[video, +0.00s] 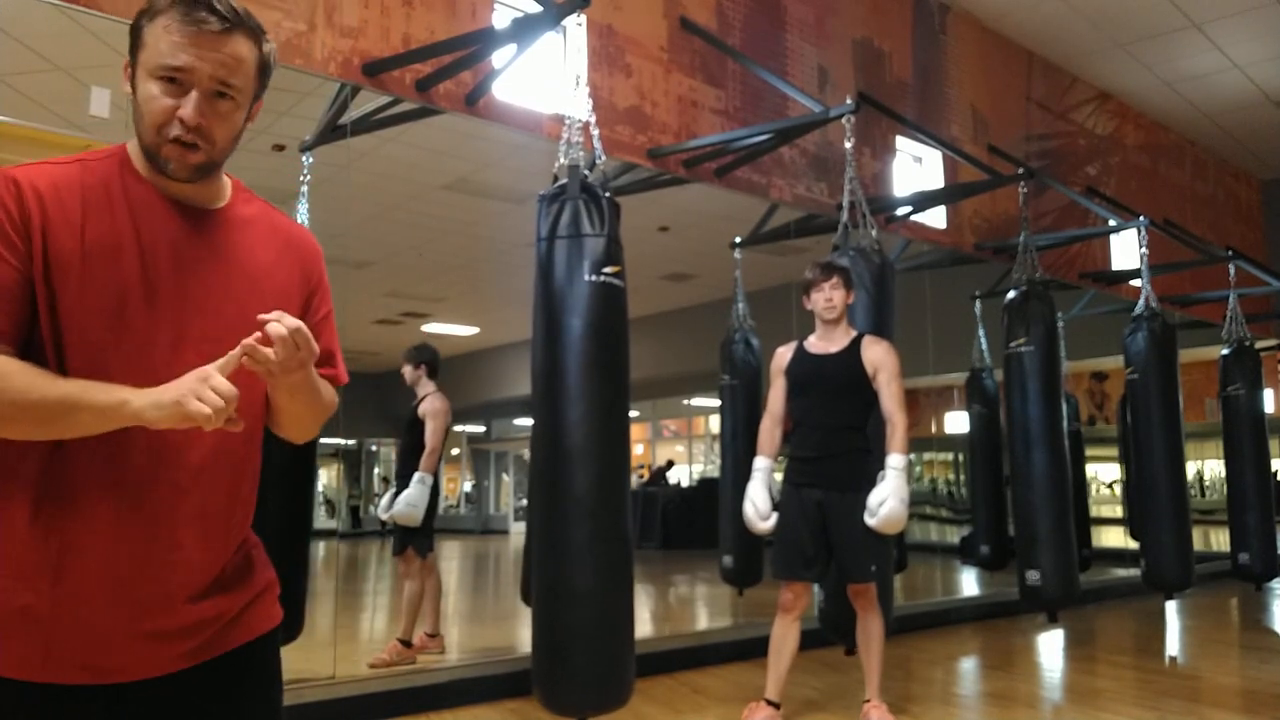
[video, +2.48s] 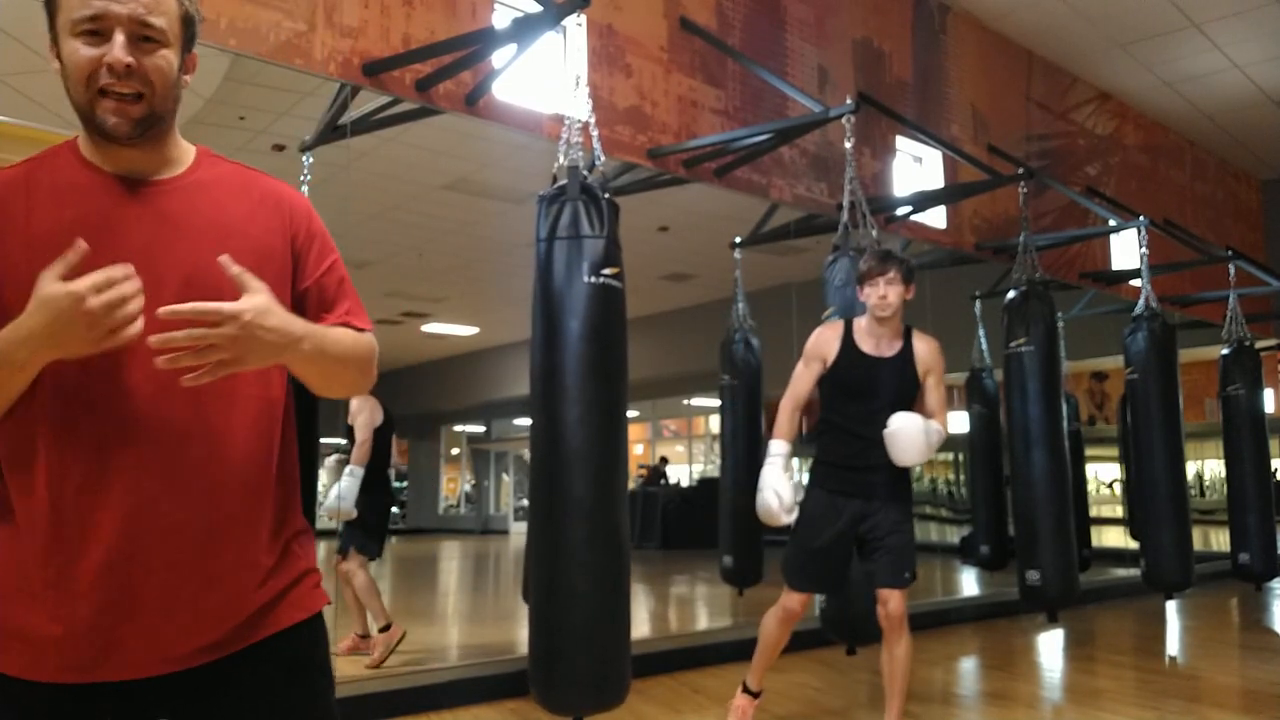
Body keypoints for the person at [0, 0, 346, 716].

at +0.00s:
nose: (189, 114)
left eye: (221, 95)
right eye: (171, 83)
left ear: (251, 111)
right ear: (130, 80)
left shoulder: (289, 251)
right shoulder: (25, 204)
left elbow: (302, 428)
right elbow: (1, 381)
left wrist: (295, 377)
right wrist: (138, 404)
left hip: (219, 648)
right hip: (40, 651)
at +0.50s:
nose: (197, 103)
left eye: (224, 85)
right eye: (176, 73)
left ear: (250, 106)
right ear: (131, 77)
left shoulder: (292, 243)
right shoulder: (30, 208)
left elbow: (339, 410)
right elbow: (2, 380)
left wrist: (316, 374)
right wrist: (143, 404)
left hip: (235, 648)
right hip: (50, 651)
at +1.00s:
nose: (256, 113)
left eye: (286, 97)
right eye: (238, 83)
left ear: (314, 118)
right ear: (198, 84)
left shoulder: (355, 256)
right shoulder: (100, 215)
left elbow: (385, 414)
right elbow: (38, 393)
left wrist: (334, 375)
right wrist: (211, 418)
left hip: (273, 654)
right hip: (96, 646)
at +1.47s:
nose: (284, 108)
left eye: (312, 93)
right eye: (267, 77)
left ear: (335, 117)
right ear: (221, 80)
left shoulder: (367, 252)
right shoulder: (111, 209)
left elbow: (407, 412)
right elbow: (35, 383)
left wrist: (325, 351)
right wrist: (189, 397)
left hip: (290, 645)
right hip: (109, 637)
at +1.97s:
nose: (96, 61)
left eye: (123, 39)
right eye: (72, 39)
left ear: (175, 66)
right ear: (48, 66)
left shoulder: (286, 197)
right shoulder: (19, 230)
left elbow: (386, 337)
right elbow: (1, 425)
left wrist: (343, 425)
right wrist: (0, 336)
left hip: (271, 641)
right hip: (78, 645)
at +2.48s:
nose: (119, 58)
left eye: (147, 38)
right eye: (93, 33)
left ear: (186, 63)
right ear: (56, 53)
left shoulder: (278, 211)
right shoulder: (7, 206)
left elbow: (360, 368)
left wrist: (291, 341)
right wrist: (28, 343)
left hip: (256, 639)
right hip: (48, 651)